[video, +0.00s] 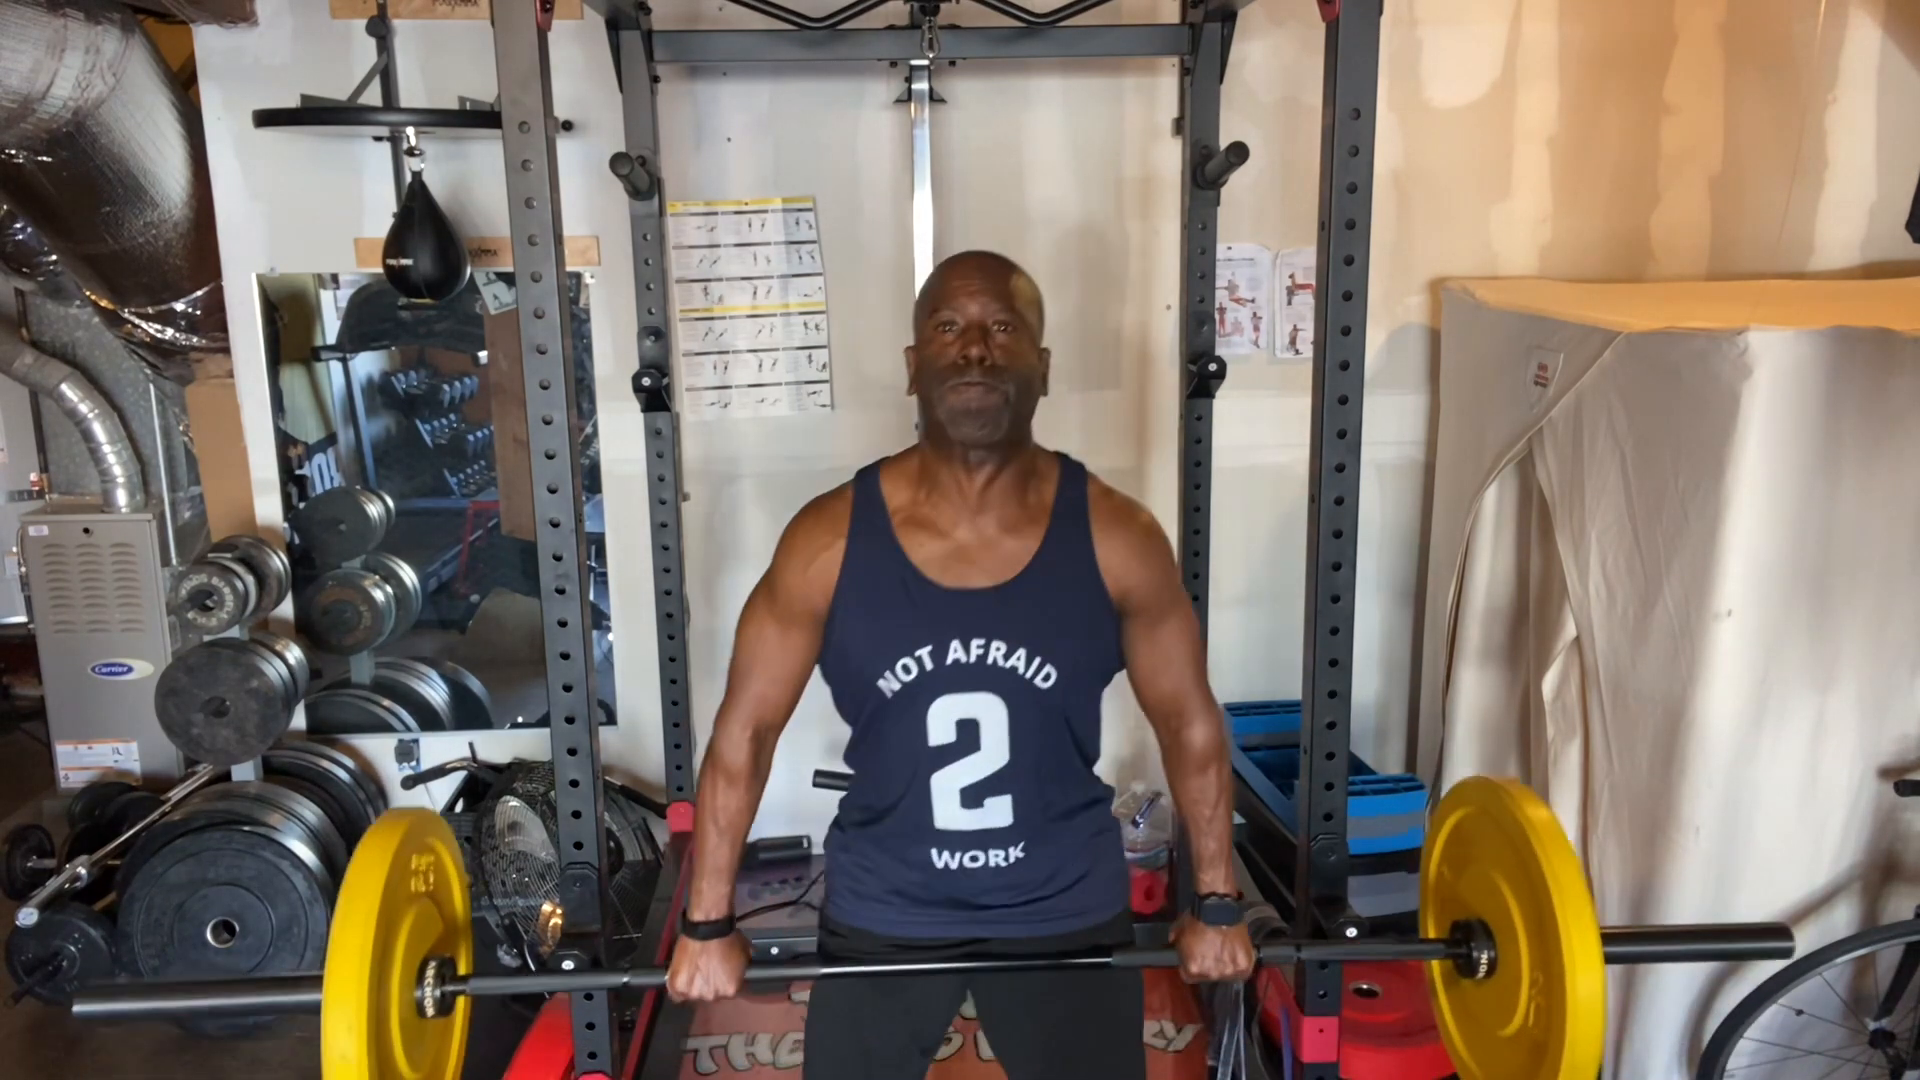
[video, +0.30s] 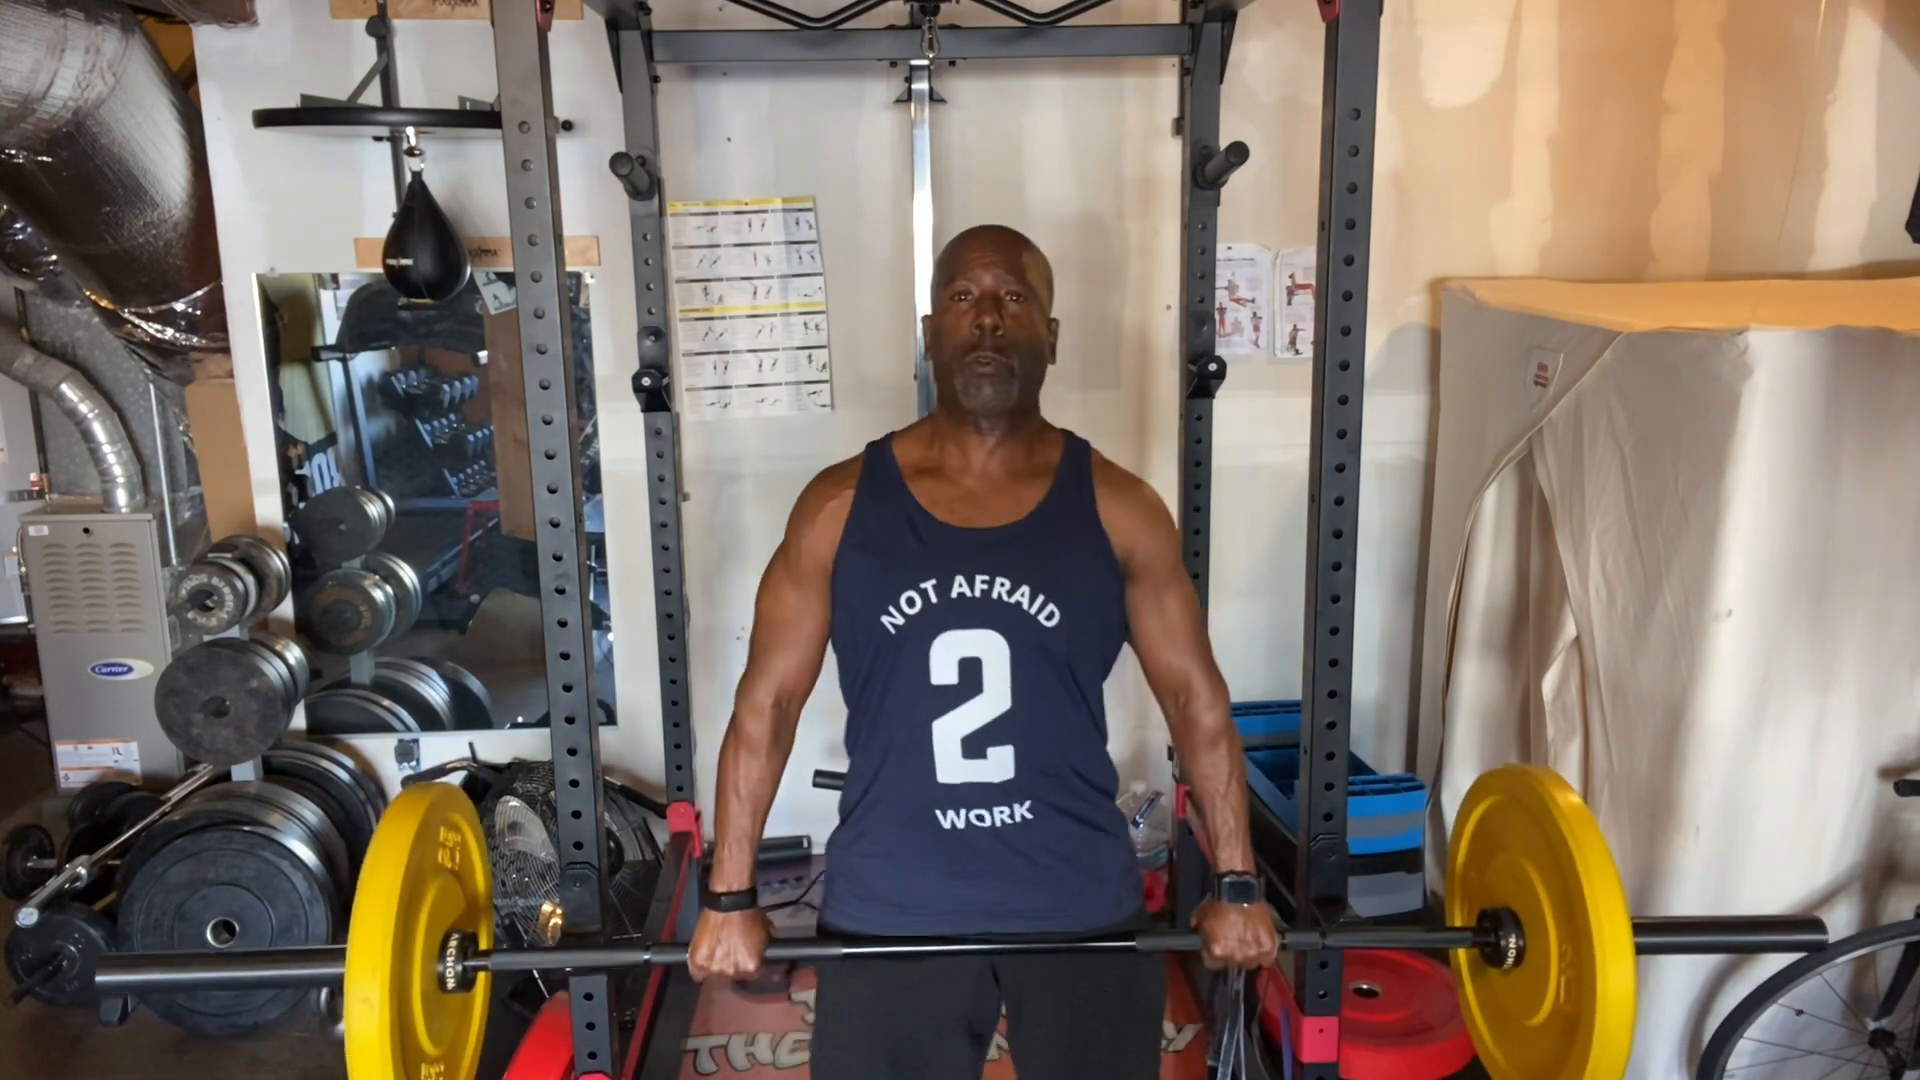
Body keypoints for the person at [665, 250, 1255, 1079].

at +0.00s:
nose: (974, 344)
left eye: (1001, 326)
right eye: (947, 327)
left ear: (1043, 365)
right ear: (912, 368)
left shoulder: (1117, 536)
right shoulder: (830, 537)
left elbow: (1188, 721)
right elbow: (743, 732)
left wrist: (1218, 897)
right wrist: (707, 918)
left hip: (1064, 915)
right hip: (884, 918)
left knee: (1095, 1064)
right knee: (848, 1065)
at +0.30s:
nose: (988, 314)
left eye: (1012, 299)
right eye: (962, 297)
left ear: (1051, 337)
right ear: (928, 336)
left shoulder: (1121, 508)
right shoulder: (841, 504)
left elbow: (1194, 701)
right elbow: (768, 702)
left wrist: (1237, 883)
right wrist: (729, 892)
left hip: (1083, 925)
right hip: (889, 925)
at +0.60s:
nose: (954, 314)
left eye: (975, 297)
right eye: (928, 298)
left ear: (1013, 328)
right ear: (895, 334)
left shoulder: (1093, 494)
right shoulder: (817, 504)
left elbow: (1164, 682)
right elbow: (742, 704)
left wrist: (1209, 873)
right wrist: (695, 895)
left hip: (1051, 928)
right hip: (857, 932)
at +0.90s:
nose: (958, 324)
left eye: (980, 307)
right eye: (933, 308)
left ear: (1016, 336)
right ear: (900, 340)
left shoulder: (1091, 504)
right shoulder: (814, 504)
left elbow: (1162, 695)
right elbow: (745, 702)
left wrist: (1210, 886)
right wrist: (697, 894)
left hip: (1053, 931)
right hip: (856, 934)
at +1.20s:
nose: (969, 329)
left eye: (991, 308)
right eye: (944, 309)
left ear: (1024, 334)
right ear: (908, 338)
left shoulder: (1097, 505)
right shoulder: (820, 502)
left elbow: (1166, 694)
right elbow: (752, 699)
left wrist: (1213, 884)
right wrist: (702, 891)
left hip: (1059, 926)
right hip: (864, 927)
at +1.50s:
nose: (955, 347)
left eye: (981, 320)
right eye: (930, 321)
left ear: (1018, 333)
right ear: (899, 335)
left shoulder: (1093, 502)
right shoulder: (816, 504)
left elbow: (1167, 689)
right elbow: (747, 703)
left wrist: (1213, 878)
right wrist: (703, 893)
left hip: (1059, 930)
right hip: (860, 933)